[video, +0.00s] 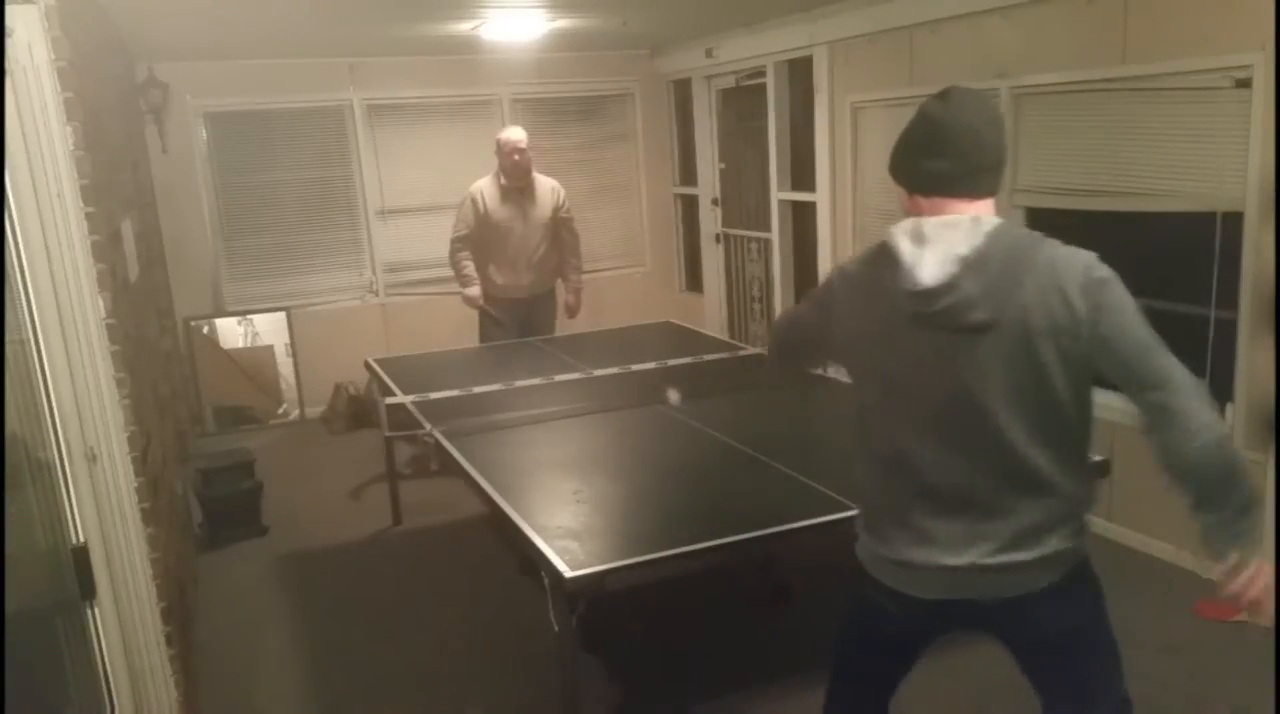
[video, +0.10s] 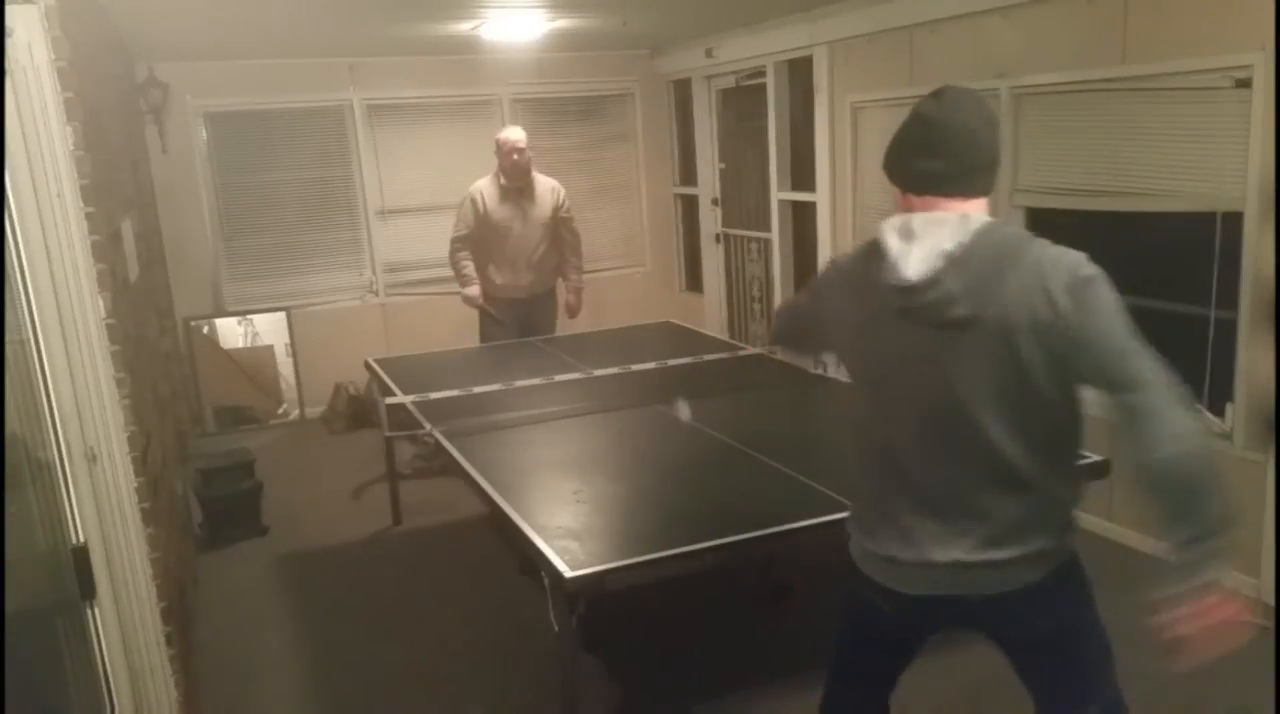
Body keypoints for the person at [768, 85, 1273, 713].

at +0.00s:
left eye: (908, 182)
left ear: (907, 182)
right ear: (997, 178)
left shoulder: (864, 282)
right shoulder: (1069, 280)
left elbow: (788, 340)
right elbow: (1184, 413)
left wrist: (797, 343)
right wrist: (1237, 531)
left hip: (899, 581)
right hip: (1040, 580)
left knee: (851, 700)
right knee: (1095, 702)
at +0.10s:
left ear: (898, 183)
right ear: (990, 179)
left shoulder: (855, 278)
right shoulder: (1057, 279)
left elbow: (790, 328)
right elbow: (1166, 427)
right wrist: (1201, 562)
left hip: (889, 576)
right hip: (1026, 577)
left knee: (851, 701)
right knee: (1087, 705)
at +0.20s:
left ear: (881, 173)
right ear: (972, 174)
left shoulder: (837, 266)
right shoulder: (1027, 279)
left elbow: (790, 317)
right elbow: (1043, 458)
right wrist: (1017, 589)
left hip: (871, 555)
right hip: (989, 565)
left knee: (846, 694)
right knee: (1061, 702)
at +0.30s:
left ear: (867, 166)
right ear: (956, 170)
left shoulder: (816, 262)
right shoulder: (990, 269)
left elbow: (793, 326)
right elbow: (940, 418)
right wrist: (848, 532)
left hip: (852, 562)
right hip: (964, 562)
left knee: (834, 701)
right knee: (1033, 702)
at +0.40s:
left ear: (851, 146)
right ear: (937, 153)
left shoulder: (803, 251)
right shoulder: (960, 246)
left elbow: (801, 364)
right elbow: (889, 383)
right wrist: (794, 475)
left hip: (834, 546)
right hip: (936, 549)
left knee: (830, 697)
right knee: (1005, 694)